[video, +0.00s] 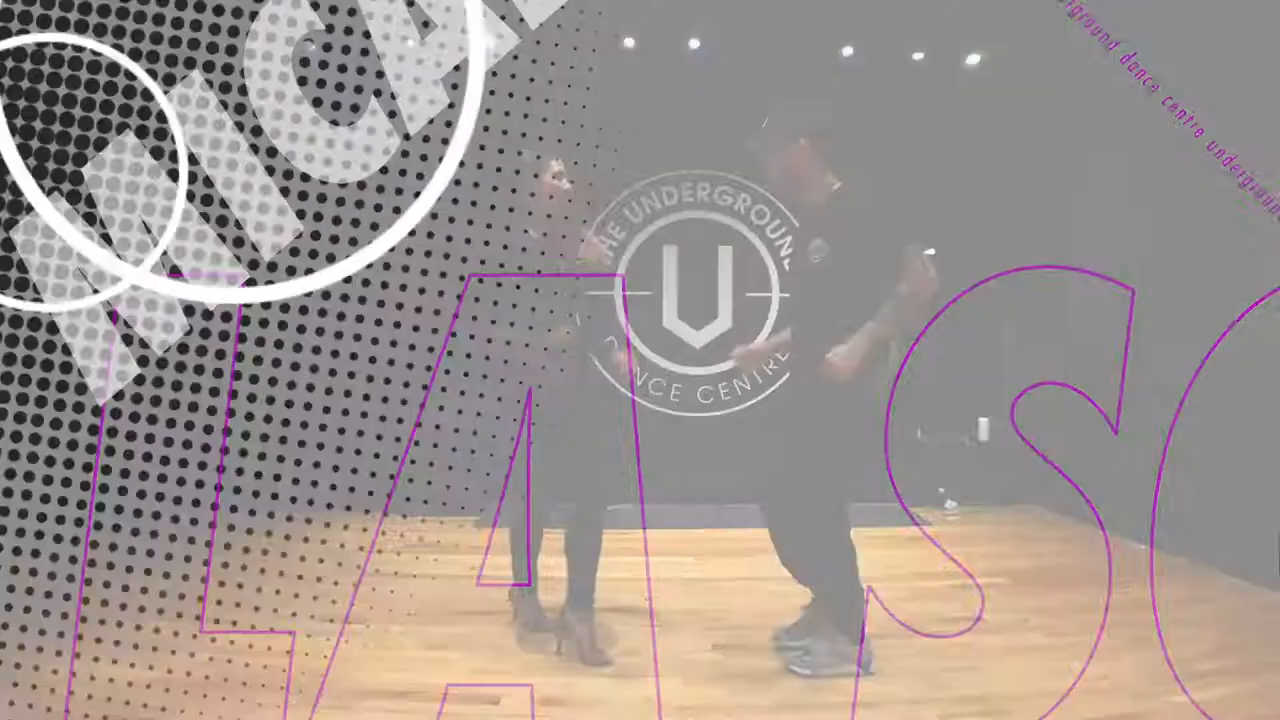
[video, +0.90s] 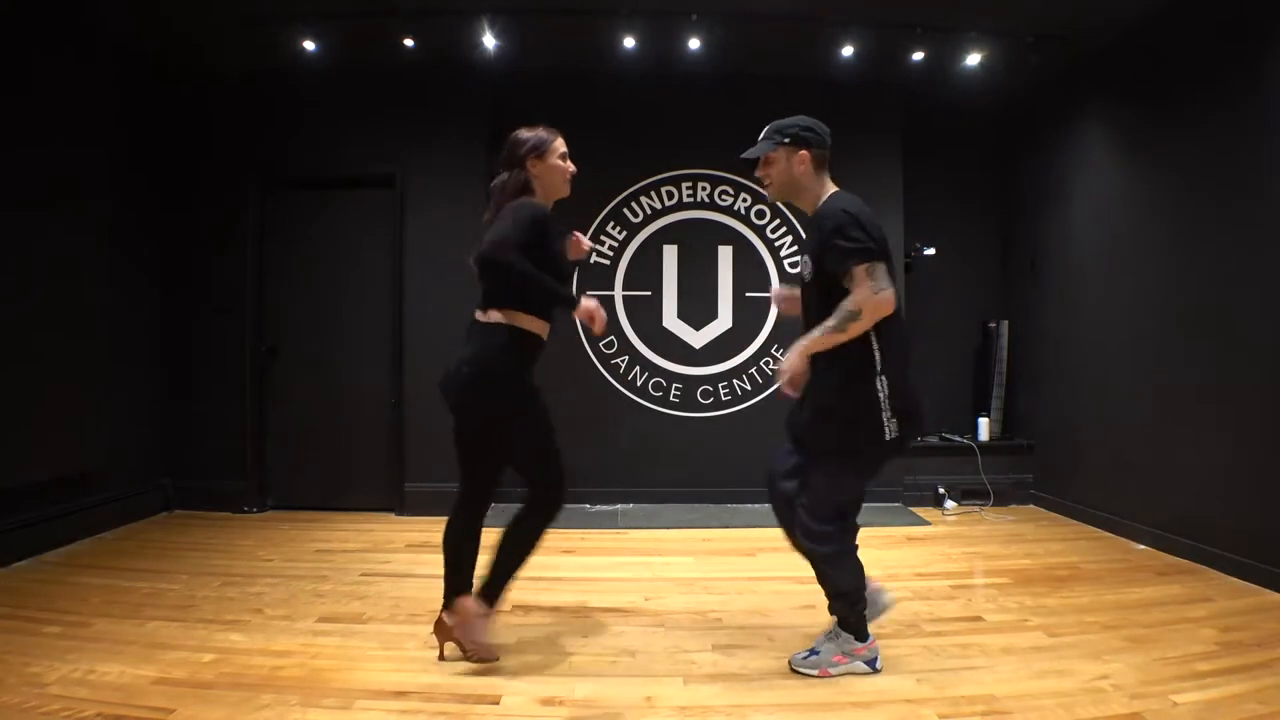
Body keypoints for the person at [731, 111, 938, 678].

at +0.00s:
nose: (768, 170)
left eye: (775, 154)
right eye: (766, 156)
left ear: (809, 147)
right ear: (793, 153)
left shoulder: (861, 219)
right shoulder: (797, 224)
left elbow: (915, 289)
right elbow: (813, 311)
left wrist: (858, 347)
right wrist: (769, 344)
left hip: (837, 384)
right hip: (798, 382)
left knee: (815, 495)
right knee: (784, 493)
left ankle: (846, 634)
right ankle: (828, 606)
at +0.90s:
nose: (761, 174)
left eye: (768, 163)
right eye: (759, 165)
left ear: (801, 158)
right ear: (800, 162)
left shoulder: (843, 218)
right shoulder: (826, 220)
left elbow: (878, 296)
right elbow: (854, 297)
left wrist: (805, 347)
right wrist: (804, 300)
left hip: (860, 402)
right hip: (833, 398)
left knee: (822, 509)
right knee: (785, 485)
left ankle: (851, 637)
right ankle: (859, 591)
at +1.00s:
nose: (774, 167)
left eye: (783, 156)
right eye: (774, 158)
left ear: (818, 157)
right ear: (813, 160)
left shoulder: (862, 214)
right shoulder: (833, 226)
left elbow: (928, 276)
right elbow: (845, 298)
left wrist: (859, 340)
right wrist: (795, 279)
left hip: (865, 400)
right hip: (847, 397)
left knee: (818, 515)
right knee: (841, 509)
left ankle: (853, 638)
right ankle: (932, 586)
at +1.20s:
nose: (794, 166)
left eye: (803, 155)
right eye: (794, 157)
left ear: (838, 158)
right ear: (828, 162)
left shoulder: (887, 216)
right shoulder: (840, 233)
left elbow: (966, 264)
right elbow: (853, 316)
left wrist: (889, 304)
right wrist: (792, 312)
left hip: (883, 405)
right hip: (863, 403)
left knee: (827, 517)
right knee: (899, 509)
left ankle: (853, 638)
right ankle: (961, 608)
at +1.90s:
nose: (843, 182)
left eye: (851, 169)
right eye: (840, 173)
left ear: (887, 163)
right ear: (870, 172)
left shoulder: (951, 220)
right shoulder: (876, 247)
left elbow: (1018, 284)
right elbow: (889, 312)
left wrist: (938, 272)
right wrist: (870, 358)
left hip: (947, 400)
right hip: (911, 402)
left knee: (873, 503)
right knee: (949, 502)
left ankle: (922, 623)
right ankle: (999, 606)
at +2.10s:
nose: (830, 162)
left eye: (839, 150)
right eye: (829, 153)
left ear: (875, 151)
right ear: (862, 156)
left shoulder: (925, 213)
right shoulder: (869, 231)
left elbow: (936, 305)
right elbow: (885, 316)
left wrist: (857, 296)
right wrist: (856, 374)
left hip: (935, 389)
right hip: (892, 390)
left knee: (924, 509)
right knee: (892, 503)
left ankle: (945, 639)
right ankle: (969, 583)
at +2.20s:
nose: (818, 154)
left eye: (829, 143)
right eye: (818, 145)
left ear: (865, 144)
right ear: (853, 149)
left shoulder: (904, 207)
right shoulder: (868, 219)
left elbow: (920, 301)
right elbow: (876, 311)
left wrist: (841, 343)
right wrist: (827, 350)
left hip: (929, 392)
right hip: (886, 391)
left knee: (927, 509)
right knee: (861, 496)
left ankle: (946, 640)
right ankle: (931, 588)